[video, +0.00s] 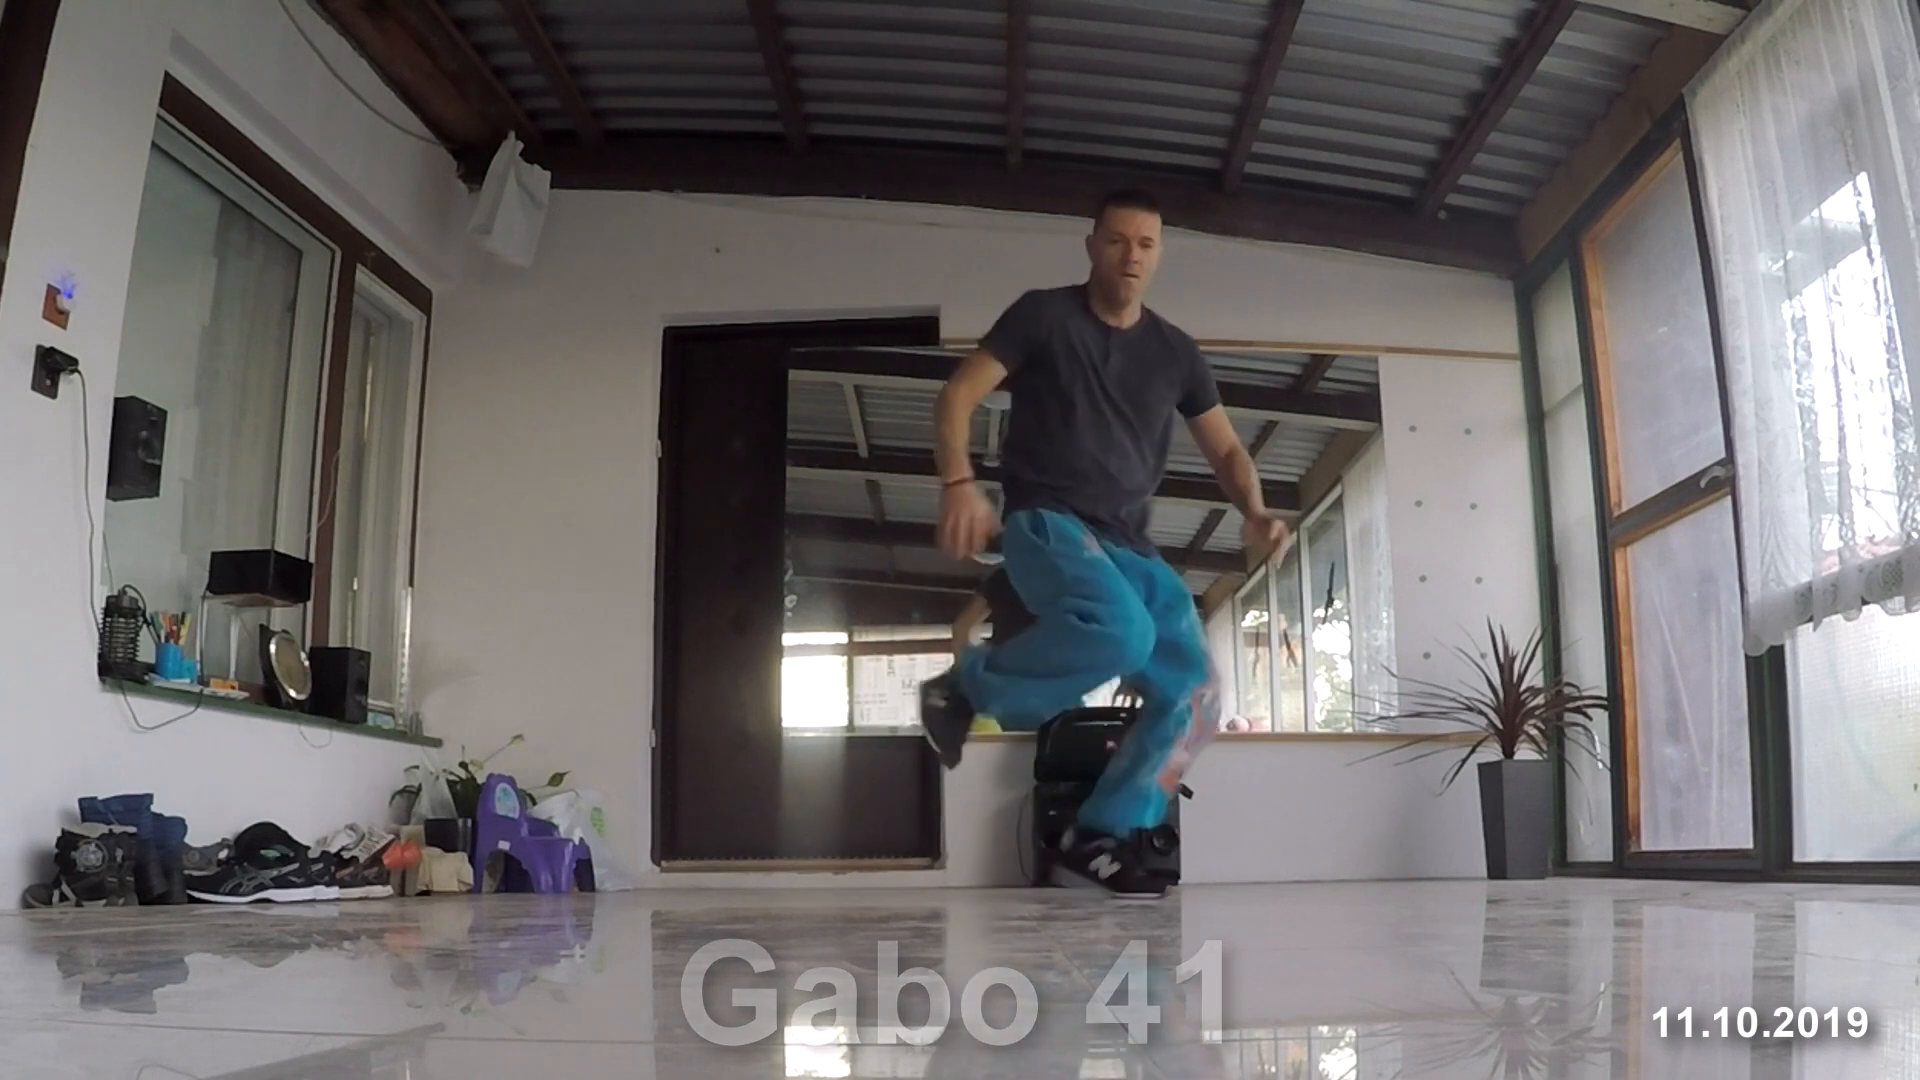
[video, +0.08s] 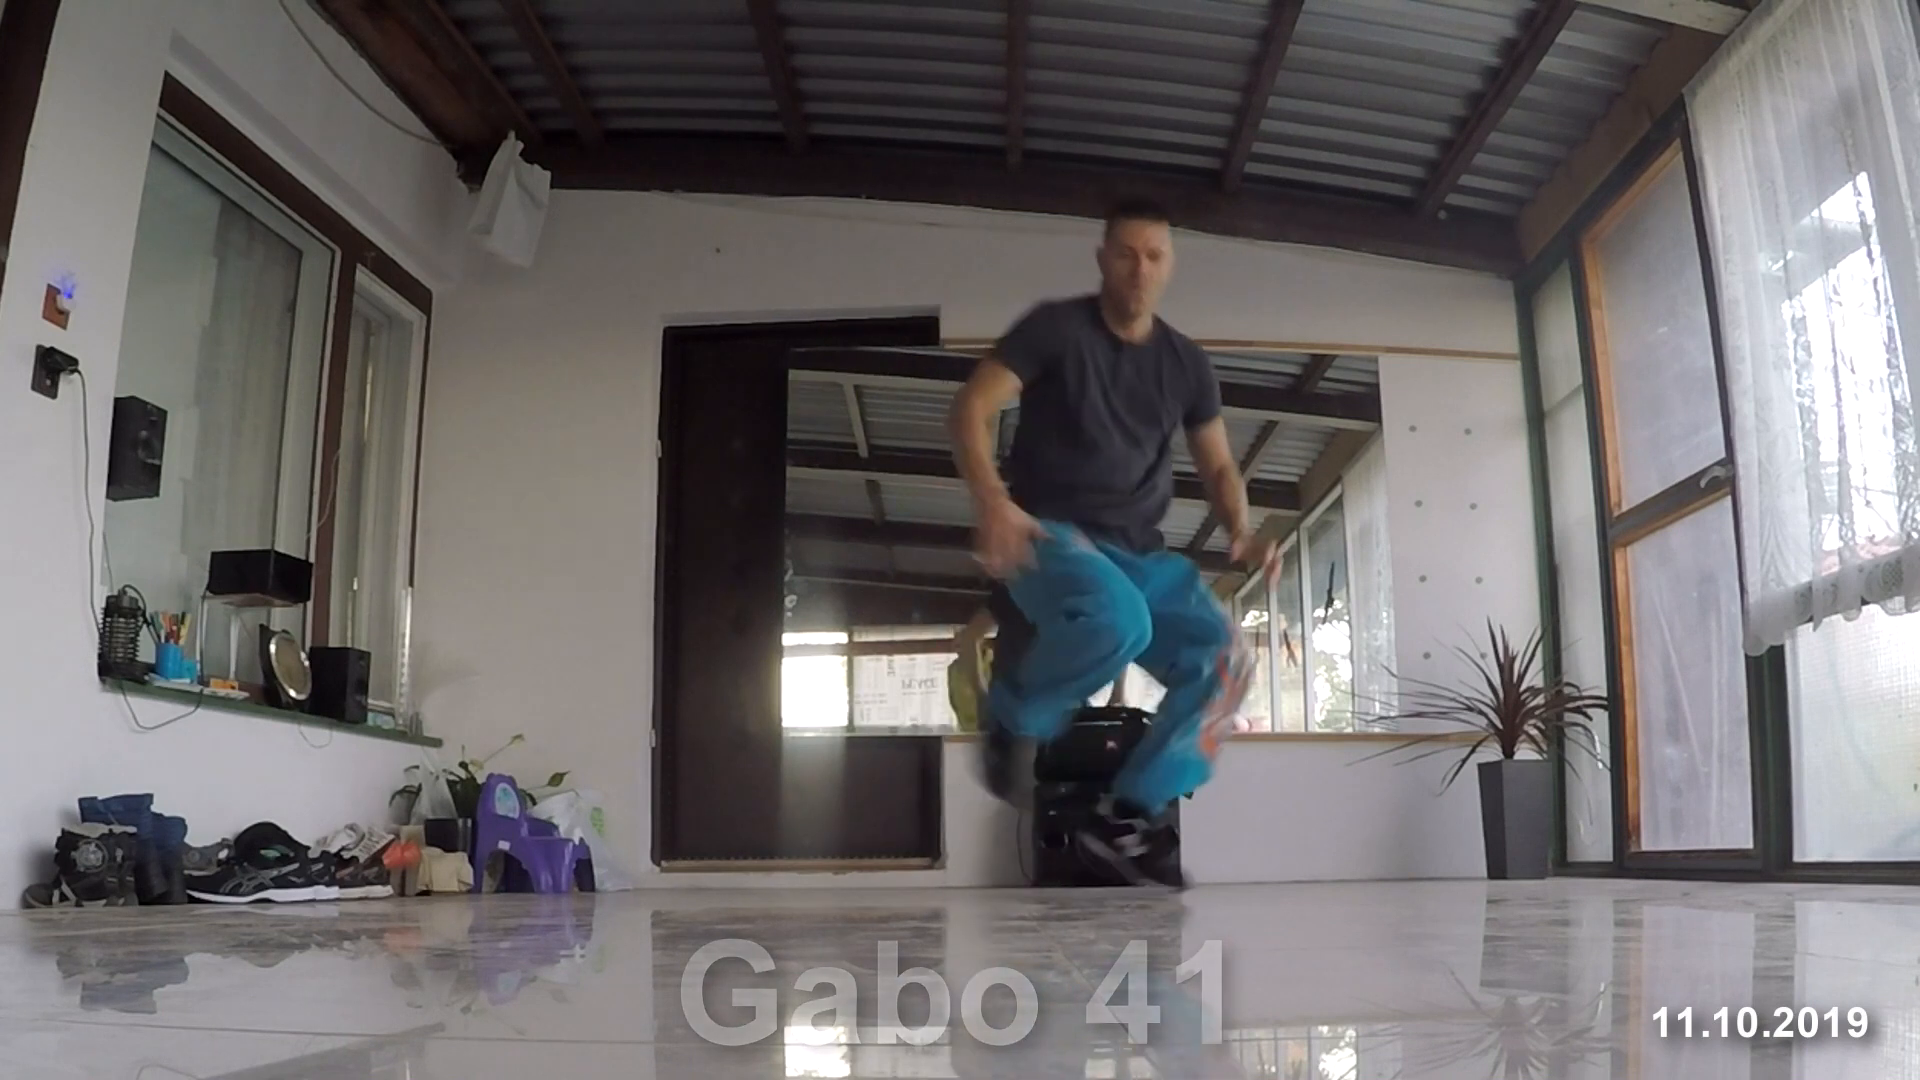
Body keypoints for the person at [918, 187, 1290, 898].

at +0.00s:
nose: (1131, 256)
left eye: (1145, 244)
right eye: (1118, 241)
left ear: (1160, 254)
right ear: (1091, 246)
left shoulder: (1177, 353)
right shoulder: (1043, 315)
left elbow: (1227, 453)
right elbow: (955, 396)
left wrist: (1255, 510)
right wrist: (958, 483)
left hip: (1129, 544)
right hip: (1047, 521)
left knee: (1188, 673)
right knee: (1120, 634)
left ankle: (1100, 835)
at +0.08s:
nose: (1138, 270)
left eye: (1152, 258)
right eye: (1125, 255)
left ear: (1171, 268)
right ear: (1101, 259)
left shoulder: (1188, 364)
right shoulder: (1056, 328)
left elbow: (1218, 468)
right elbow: (970, 408)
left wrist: (1240, 529)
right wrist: (991, 504)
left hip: (1141, 555)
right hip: (1047, 531)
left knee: (1222, 660)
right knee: (1115, 620)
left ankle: (1126, 819)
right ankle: (1014, 716)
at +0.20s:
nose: (1159, 335)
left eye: (1174, 321)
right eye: (1145, 320)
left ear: (1192, 335)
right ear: (1121, 327)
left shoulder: (1202, 425)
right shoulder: (1073, 399)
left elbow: (1231, 533)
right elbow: (982, 486)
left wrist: (1232, 599)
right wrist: (1034, 580)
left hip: (1157, 601)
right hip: (1065, 593)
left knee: (1240, 668)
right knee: (1113, 645)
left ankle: (1176, 827)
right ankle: (1100, 832)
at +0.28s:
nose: (1167, 418)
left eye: (1182, 404)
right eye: (1152, 403)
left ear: (1201, 415)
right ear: (1128, 409)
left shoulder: (1216, 503)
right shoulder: (1074, 488)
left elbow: (1257, 576)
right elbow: (978, 549)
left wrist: (1244, 645)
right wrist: (1037, 636)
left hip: (1162, 696)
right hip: (1060, 693)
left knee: (1261, 696)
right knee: (1112, 668)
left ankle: (1178, 843)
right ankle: (1116, 853)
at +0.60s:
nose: (1069, 395)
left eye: (1082, 377)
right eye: (1051, 380)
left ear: (1103, 365)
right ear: (1028, 376)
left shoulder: (1148, 410)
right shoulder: (1017, 461)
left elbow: (1251, 472)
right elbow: (983, 606)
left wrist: (1320, 545)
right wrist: (1011, 714)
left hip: (1173, 625)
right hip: (1077, 645)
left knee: (1313, 673)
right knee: (1170, 600)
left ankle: (1206, 805)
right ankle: (1203, 801)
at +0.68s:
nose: (1058, 392)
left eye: (1070, 372)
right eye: (1038, 378)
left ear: (1089, 359)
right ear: (1012, 372)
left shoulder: (1134, 402)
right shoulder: (1009, 461)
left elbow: (1254, 449)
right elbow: (981, 605)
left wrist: (1339, 500)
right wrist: (979, 733)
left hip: (1179, 613)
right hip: (1082, 644)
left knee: (1315, 666)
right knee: (1171, 601)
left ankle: (1211, 796)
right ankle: (1265, 791)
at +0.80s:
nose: (1035, 426)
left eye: (1046, 403)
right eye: (1014, 410)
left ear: (1063, 397)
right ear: (985, 414)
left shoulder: (1114, 423)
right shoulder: (986, 525)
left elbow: (1235, 394)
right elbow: (957, 667)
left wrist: (1331, 357)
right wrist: (914, 804)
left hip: (1176, 647)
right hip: (1097, 689)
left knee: (1325, 672)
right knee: (1182, 606)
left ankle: (1212, 790)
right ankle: (1325, 777)